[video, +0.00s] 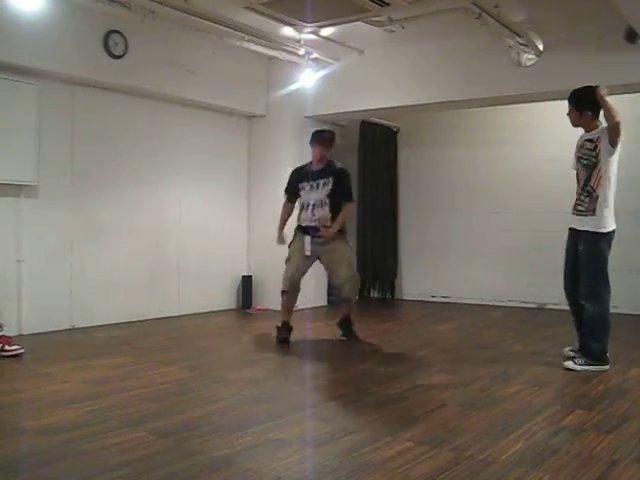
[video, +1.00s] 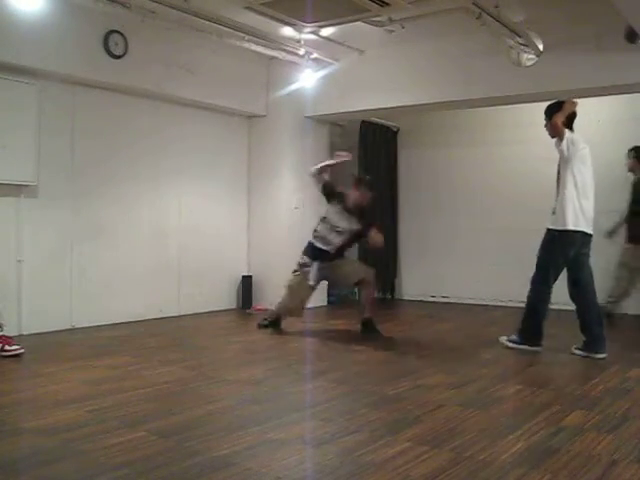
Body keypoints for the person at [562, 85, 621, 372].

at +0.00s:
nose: (568, 116)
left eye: (571, 111)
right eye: (569, 111)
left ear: (584, 112)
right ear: (586, 112)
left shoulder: (606, 139)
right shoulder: (583, 139)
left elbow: (615, 123)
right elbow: (584, 176)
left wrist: (602, 98)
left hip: (597, 227)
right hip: (578, 224)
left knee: (593, 291)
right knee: (574, 288)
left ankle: (597, 355)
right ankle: (586, 346)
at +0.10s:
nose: (568, 117)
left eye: (570, 112)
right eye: (568, 112)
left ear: (582, 112)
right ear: (586, 113)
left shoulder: (604, 139)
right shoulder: (586, 139)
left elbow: (609, 125)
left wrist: (600, 98)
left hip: (595, 228)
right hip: (579, 225)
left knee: (592, 291)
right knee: (575, 288)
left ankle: (597, 355)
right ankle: (587, 345)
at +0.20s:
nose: (568, 120)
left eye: (569, 114)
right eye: (567, 114)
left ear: (582, 113)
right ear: (584, 113)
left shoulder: (602, 140)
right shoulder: (587, 139)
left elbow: (602, 123)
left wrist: (597, 98)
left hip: (593, 228)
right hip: (580, 226)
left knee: (590, 290)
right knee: (579, 288)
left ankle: (596, 355)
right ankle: (588, 346)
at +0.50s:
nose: (564, 126)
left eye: (566, 120)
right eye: (564, 120)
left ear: (577, 118)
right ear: (576, 119)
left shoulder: (595, 143)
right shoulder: (587, 145)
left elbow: (582, 126)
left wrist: (589, 106)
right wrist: (588, 106)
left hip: (587, 229)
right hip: (582, 228)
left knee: (581, 292)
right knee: (587, 290)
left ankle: (594, 354)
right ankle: (589, 347)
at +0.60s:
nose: (562, 124)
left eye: (564, 119)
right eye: (562, 119)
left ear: (576, 118)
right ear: (576, 119)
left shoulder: (591, 142)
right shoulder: (587, 145)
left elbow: (581, 122)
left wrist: (588, 105)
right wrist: (587, 104)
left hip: (583, 228)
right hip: (589, 227)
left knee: (566, 285)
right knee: (590, 287)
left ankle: (588, 347)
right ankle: (594, 345)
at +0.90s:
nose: (552, 129)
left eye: (553, 123)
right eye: (551, 124)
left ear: (563, 120)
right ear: (568, 122)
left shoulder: (577, 143)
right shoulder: (585, 146)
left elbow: (565, 121)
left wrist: (574, 105)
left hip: (570, 226)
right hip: (588, 228)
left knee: (542, 281)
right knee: (587, 290)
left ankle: (543, 341)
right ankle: (595, 345)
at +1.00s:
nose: (546, 129)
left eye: (548, 124)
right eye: (546, 124)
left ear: (559, 121)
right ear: (566, 122)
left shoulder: (571, 144)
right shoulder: (579, 146)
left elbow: (556, 123)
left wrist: (567, 108)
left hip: (564, 228)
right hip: (581, 229)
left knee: (540, 283)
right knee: (583, 290)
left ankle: (529, 336)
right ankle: (595, 344)